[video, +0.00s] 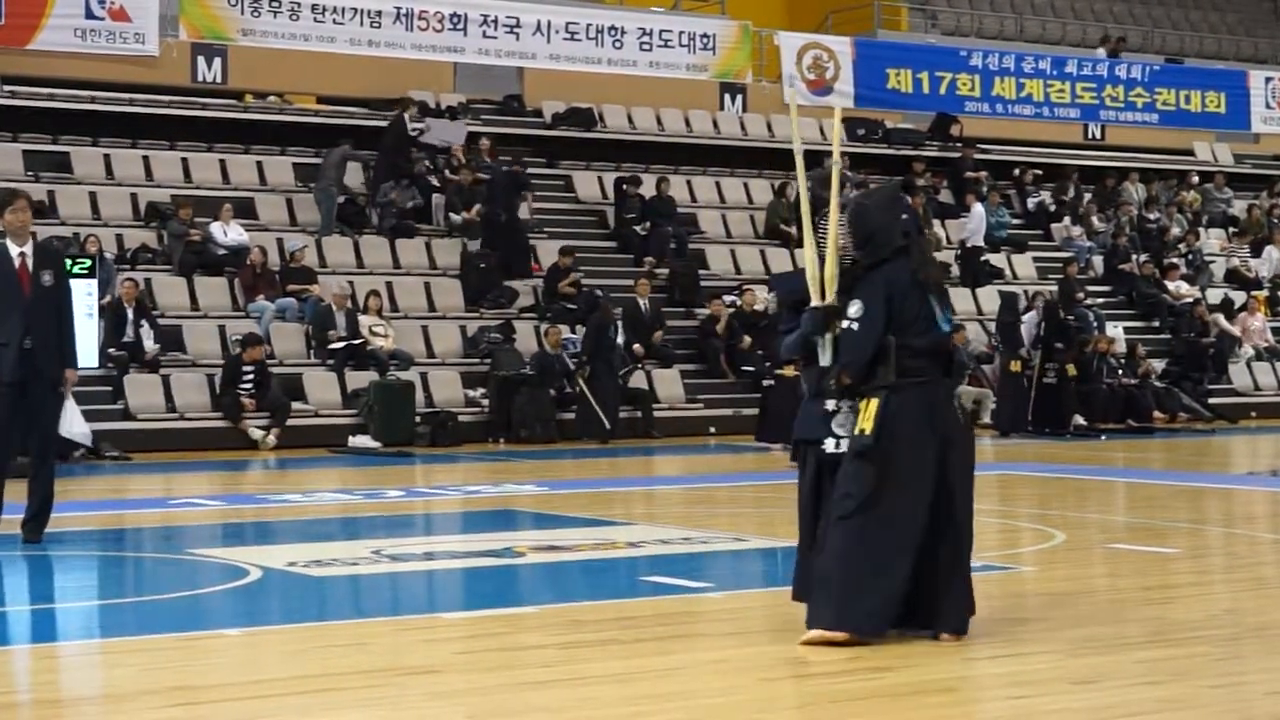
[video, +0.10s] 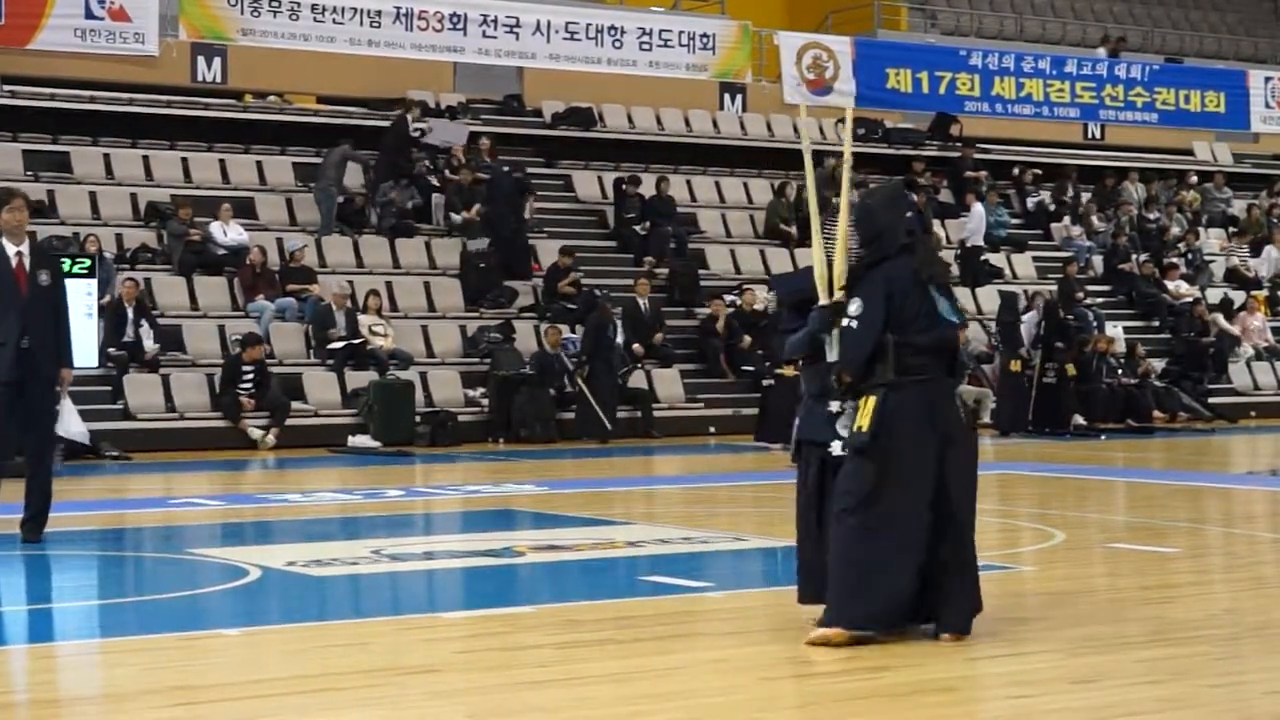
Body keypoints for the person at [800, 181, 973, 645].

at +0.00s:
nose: (848, 237)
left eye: (855, 228)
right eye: (848, 227)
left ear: (875, 232)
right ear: (904, 229)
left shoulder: (876, 282)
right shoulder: (927, 276)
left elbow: (857, 354)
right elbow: (939, 345)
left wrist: (841, 377)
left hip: (894, 409)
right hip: (940, 407)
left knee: (856, 506)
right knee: (944, 513)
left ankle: (843, 617)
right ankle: (950, 618)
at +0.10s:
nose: (854, 236)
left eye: (860, 226)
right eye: (854, 226)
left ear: (877, 229)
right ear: (908, 225)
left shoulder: (878, 278)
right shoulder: (934, 273)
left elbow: (855, 350)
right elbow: (951, 340)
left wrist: (844, 376)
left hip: (893, 407)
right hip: (942, 405)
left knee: (854, 505)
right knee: (946, 509)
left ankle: (848, 614)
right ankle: (953, 617)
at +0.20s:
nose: (856, 233)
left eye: (860, 224)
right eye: (856, 223)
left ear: (874, 228)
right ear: (911, 224)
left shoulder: (871, 279)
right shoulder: (936, 274)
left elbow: (848, 349)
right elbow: (952, 349)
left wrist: (838, 373)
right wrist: (935, 385)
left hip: (885, 407)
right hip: (937, 405)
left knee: (855, 505)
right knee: (949, 507)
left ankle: (841, 608)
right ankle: (956, 616)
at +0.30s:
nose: (855, 231)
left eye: (860, 224)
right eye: (855, 223)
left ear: (875, 228)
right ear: (908, 226)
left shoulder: (861, 277)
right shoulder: (936, 280)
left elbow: (831, 342)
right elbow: (945, 357)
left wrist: (800, 345)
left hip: (872, 408)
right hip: (926, 408)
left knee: (851, 505)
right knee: (939, 506)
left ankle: (837, 607)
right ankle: (950, 613)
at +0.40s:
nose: (853, 228)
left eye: (857, 221)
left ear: (863, 225)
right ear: (907, 223)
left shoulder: (847, 273)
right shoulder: (927, 275)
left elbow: (812, 342)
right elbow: (937, 346)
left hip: (862, 404)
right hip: (915, 404)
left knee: (847, 505)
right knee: (929, 504)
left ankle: (837, 612)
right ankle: (942, 614)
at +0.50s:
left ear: (858, 225)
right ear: (901, 226)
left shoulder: (834, 273)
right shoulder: (922, 280)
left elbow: (804, 337)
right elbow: (935, 345)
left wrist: (824, 370)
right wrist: (910, 379)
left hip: (846, 399)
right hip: (904, 399)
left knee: (841, 504)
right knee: (918, 503)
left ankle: (835, 612)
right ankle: (937, 614)